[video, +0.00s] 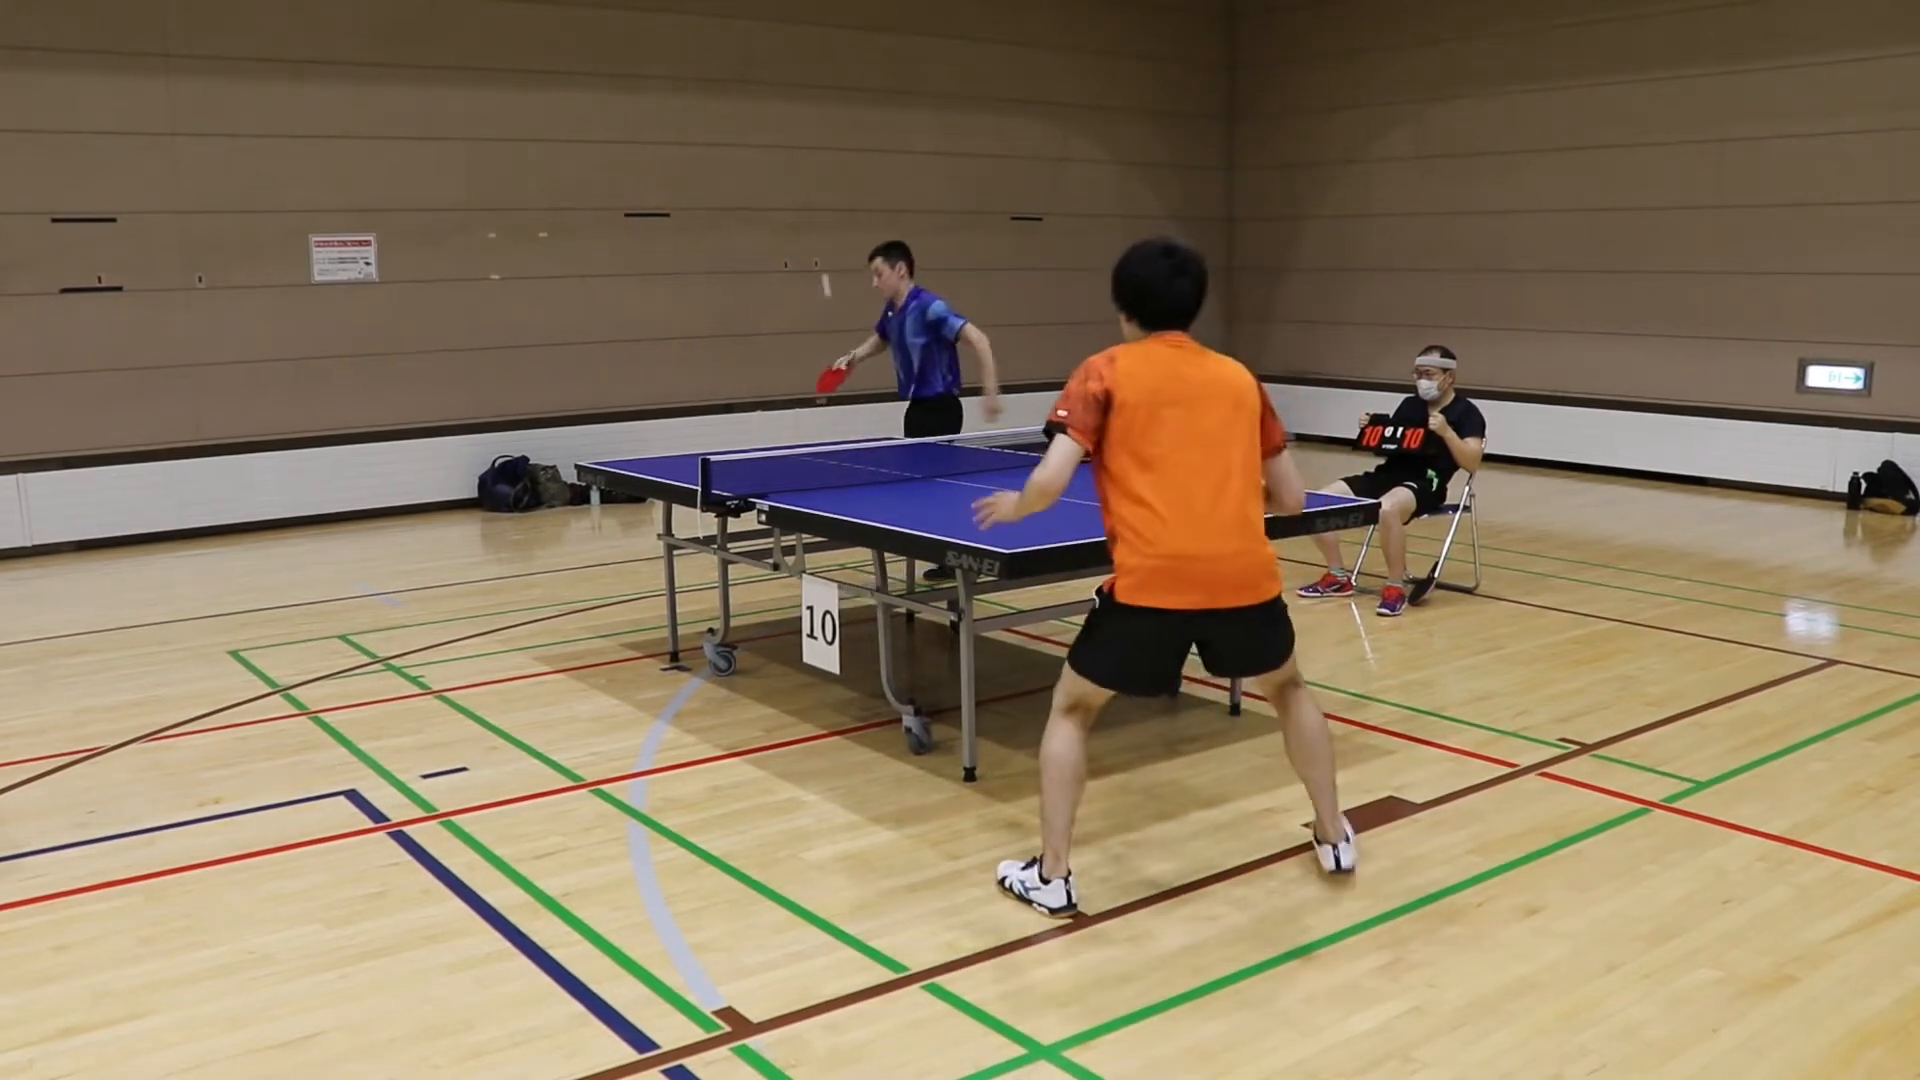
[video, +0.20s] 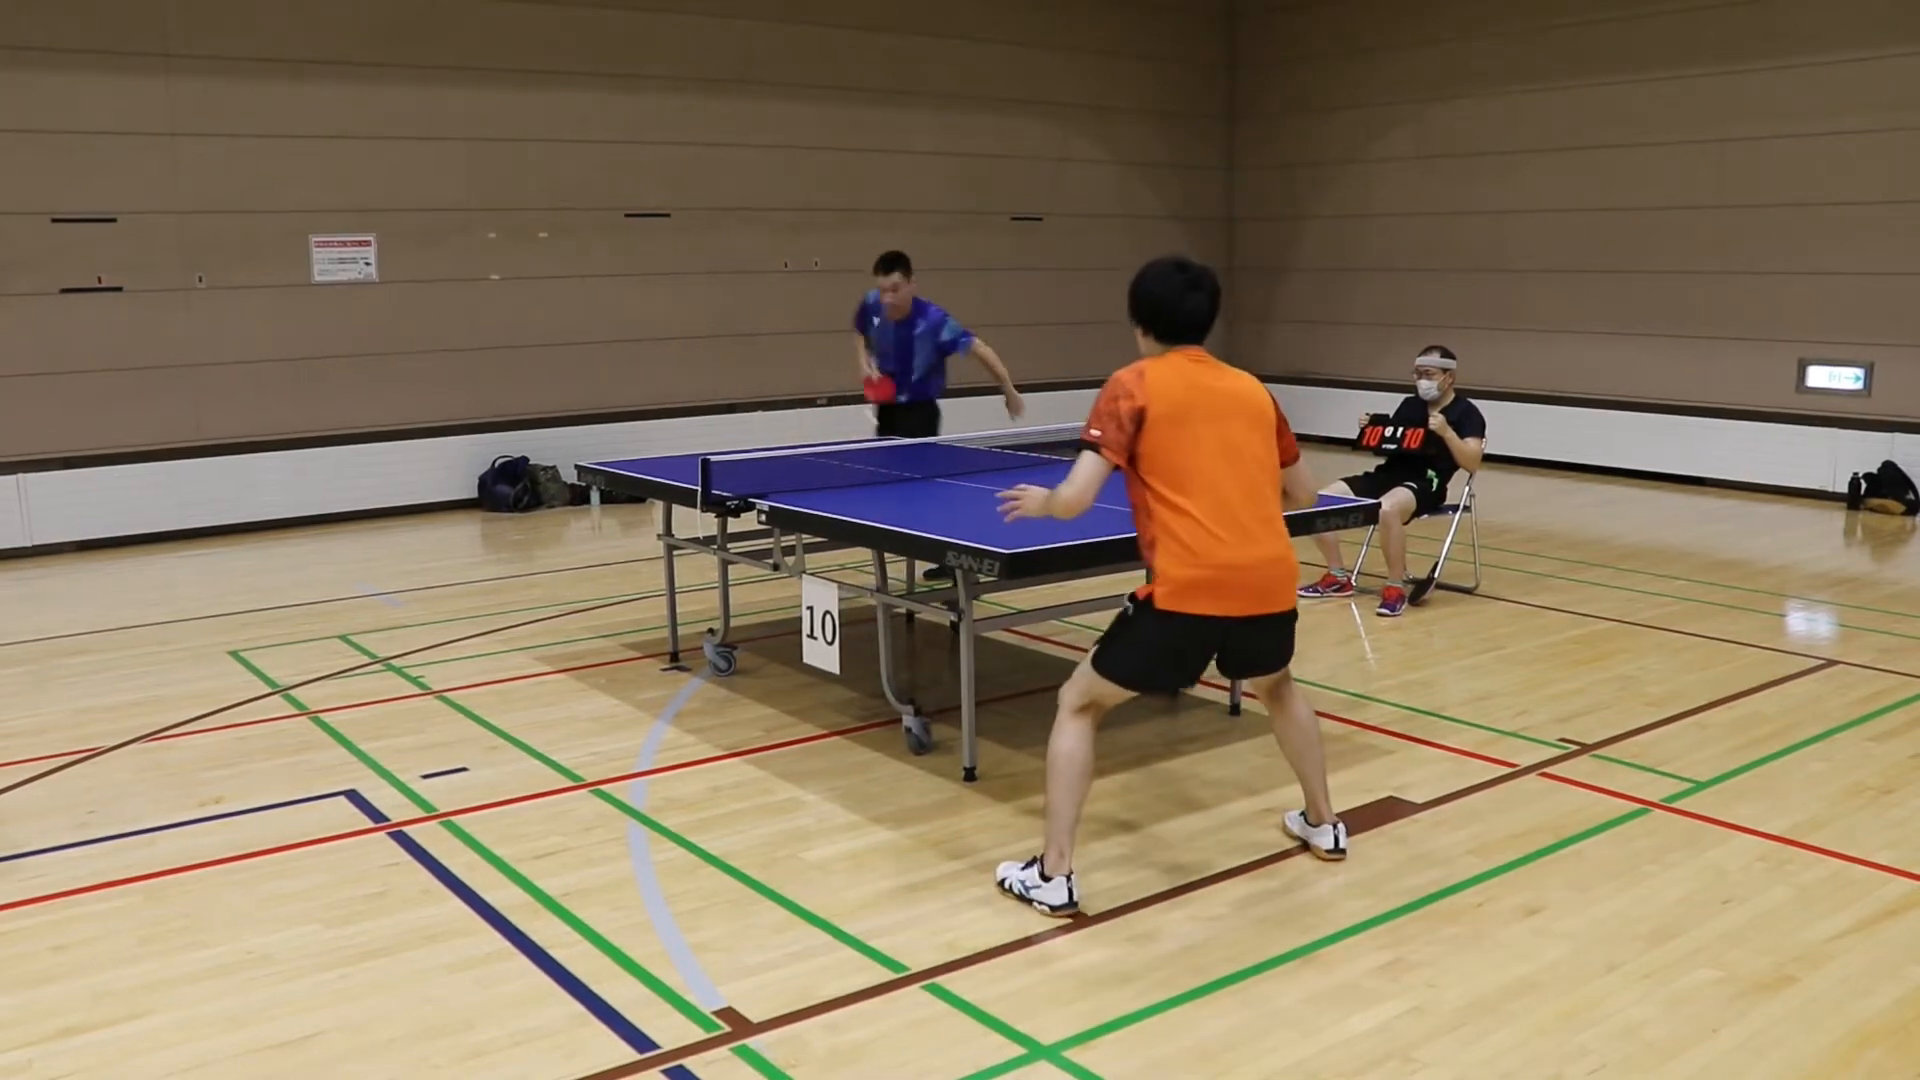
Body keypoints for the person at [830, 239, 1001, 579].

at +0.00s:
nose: (874, 283)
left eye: (878, 274)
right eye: (872, 275)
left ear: (901, 270)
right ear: (894, 273)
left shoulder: (928, 307)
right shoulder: (893, 309)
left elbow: (979, 339)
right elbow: (878, 341)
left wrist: (990, 393)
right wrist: (852, 357)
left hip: (940, 410)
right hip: (918, 410)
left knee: (934, 485)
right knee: (925, 486)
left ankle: (955, 559)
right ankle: (947, 558)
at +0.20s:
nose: (887, 298)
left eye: (895, 290)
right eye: (883, 290)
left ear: (911, 285)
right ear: (876, 287)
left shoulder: (932, 320)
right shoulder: (872, 306)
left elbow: (980, 349)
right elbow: (861, 332)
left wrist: (1010, 390)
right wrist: (865, 363)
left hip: (920, 412)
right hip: (887, 411)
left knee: (922, 485)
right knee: (897, 485)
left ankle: (949, 561)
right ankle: (945, 557)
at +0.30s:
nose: (891, 285)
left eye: (898, 278)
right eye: (885, 277)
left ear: (909, 274)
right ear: (875, 272)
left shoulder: (926, 310)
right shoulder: (858, 291)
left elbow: (966, 344)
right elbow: (842, 320)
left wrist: (979, 384)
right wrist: (846, 356)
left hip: (904, 401)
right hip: (866, 399)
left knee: (921, 466)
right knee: (868, 470)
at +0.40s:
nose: (876, 279)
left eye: (882, 271)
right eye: (869, 272)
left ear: (893, 269)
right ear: (857, 269)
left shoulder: (908, 304)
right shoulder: (839, 293)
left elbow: (939, 339)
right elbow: (822, 323)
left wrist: (946, 381)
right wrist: (830, 357)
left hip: (893, 403)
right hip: (850, 402)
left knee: (915, 477)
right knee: (842, 473)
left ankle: (942, 564)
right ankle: (853, 546)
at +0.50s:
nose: (856, 286)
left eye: (862, 278)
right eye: (849, 279)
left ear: (872, 278)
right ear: (837, 279)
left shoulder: (889, 314)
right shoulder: (820, 308)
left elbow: (916, 348)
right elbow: (797, 343)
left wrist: (924, 387)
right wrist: (810, 376)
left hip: (877, 412)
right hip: (832, 412)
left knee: (907, 483)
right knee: (804, 480)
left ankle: (938, 565)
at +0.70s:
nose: (819, 272)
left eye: (826, 265)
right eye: (813, 265)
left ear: (835, 267)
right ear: (802, 266)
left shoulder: (854, 305)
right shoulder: (783, 305)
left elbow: (886, 337)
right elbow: (753, 342)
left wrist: (899, 382)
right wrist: (763, 375)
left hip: (846, 411)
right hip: (799, 411)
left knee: (888, 477)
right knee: (782, 481)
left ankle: (921, 558)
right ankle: (782, 560)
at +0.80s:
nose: (806, 270)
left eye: (812, 264)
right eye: (799, 264)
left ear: (822, 265)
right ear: (787, 265)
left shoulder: (843, 303)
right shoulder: (770, 306)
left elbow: (878, 331)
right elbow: (740, 346)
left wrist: (887, 376)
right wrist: (750, 377)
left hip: (838, 410)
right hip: (792, 412)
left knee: (879, 477)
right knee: (757, 480)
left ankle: (912, 552)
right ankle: (746, 558)